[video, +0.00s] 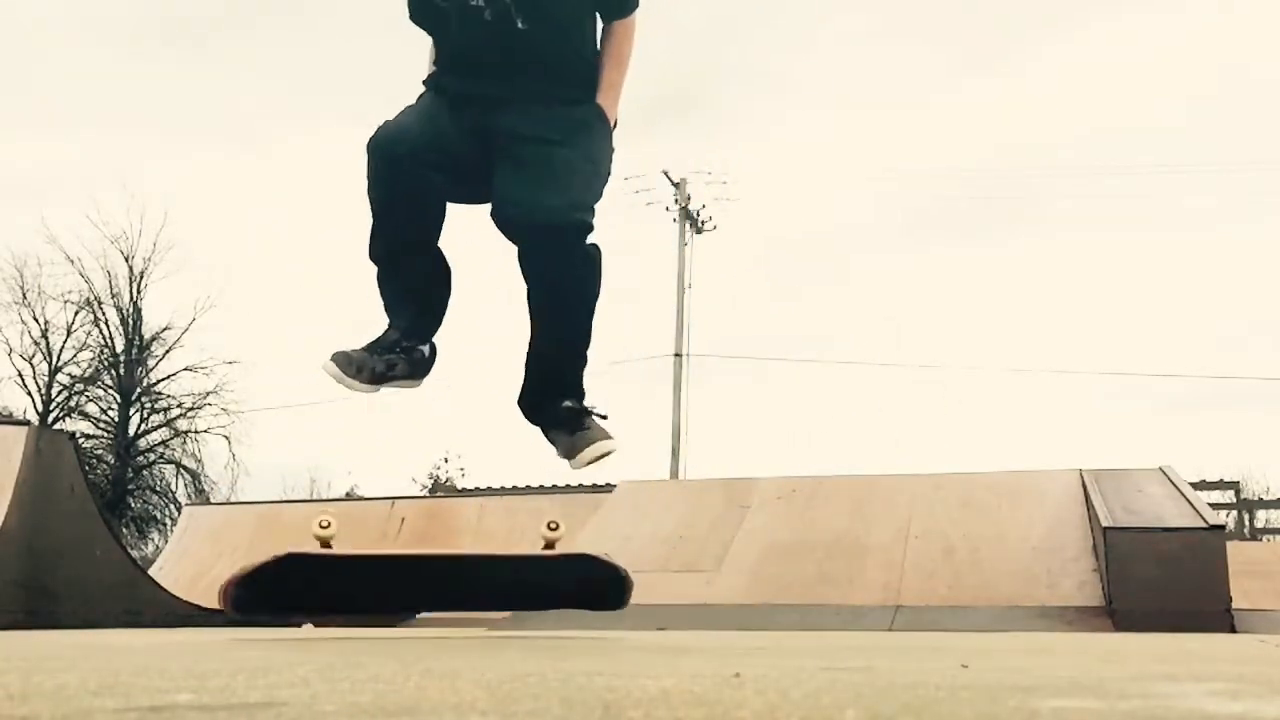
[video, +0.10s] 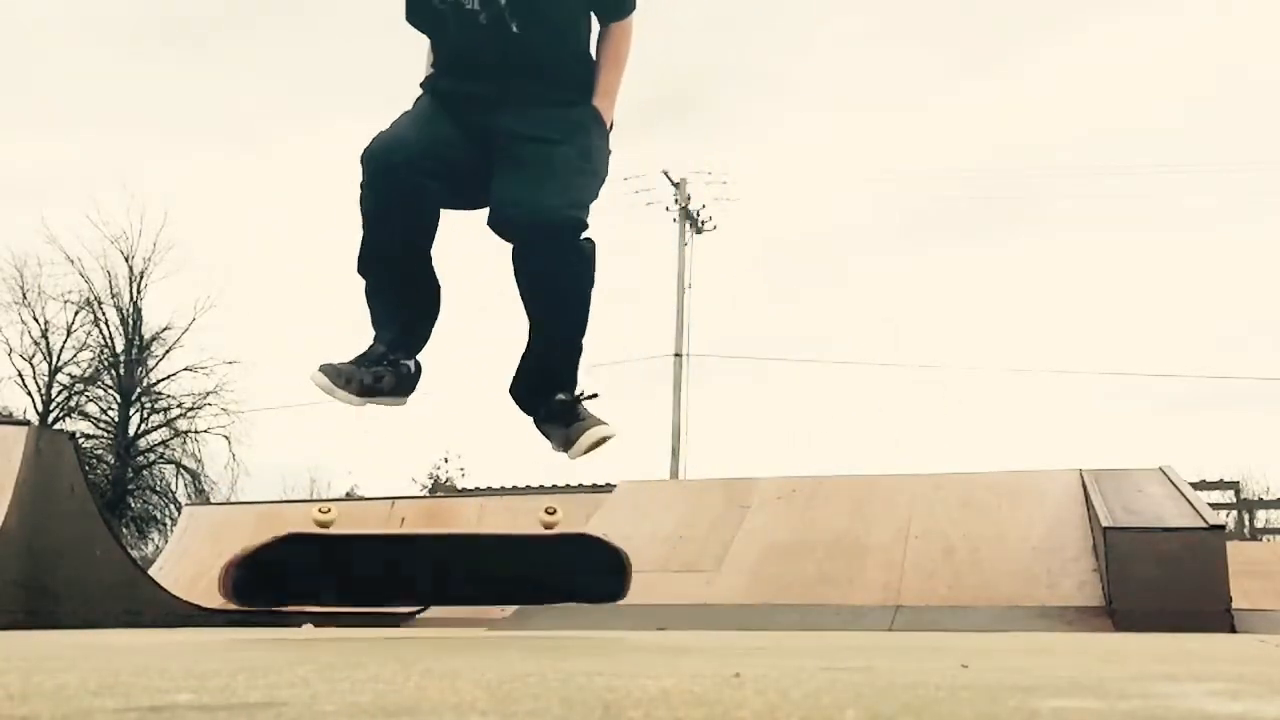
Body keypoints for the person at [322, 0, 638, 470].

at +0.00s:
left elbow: (621, 15)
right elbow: (442, 31)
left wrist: (603, 111)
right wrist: (436, 93)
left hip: (558, 109)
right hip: (459, 105)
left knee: (554, 225)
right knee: (395, 152)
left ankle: (558, 402)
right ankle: (407, 339)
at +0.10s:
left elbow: (617, 16)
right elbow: (440, 35)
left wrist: (600, 111)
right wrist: (433, 102)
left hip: (554, 111)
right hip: (457, 107)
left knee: (547, 222)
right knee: (390, 162)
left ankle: (552, 396)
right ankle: (394, 353)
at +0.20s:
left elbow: (615, 15)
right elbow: (435, 38)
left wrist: (597, 109)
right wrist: (432, 100)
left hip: (550, 112)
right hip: (452, 107)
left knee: (541, 220)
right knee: (384, 183)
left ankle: (549, 395)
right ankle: (377, 373)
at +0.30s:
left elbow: (614, 17)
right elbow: (432, 35)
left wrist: (592, 115)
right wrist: (429, 100)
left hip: (550, 119)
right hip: (449, 111)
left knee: (539, 226)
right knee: (380, 197)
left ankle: (547, 399)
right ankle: (367, 384)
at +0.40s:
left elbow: (613, 18)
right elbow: (429, 35)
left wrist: (589, 117)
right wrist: (428, 100)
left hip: (548, 118)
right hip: (447, 111)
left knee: (539, 232)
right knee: (378, 212)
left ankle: (543, 406)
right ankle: (357, 399)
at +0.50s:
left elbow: (613, 18)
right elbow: (431, 36)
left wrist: (587, 118)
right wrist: (426, 102)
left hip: (548, 117)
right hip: (446, 111)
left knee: (537, 235)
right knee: (375, 221)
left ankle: (543, 410)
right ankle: (352, 405)